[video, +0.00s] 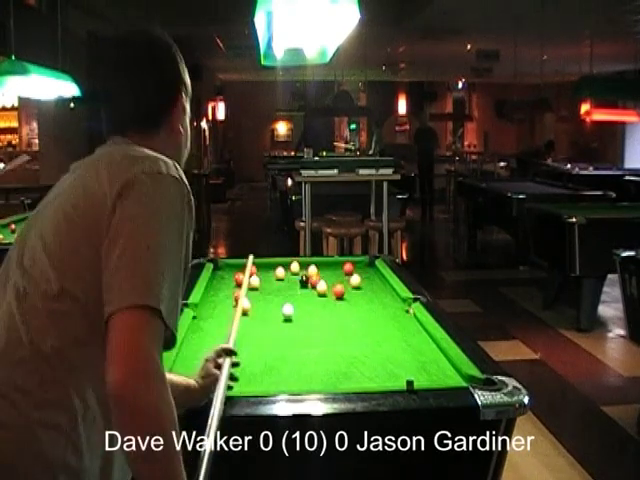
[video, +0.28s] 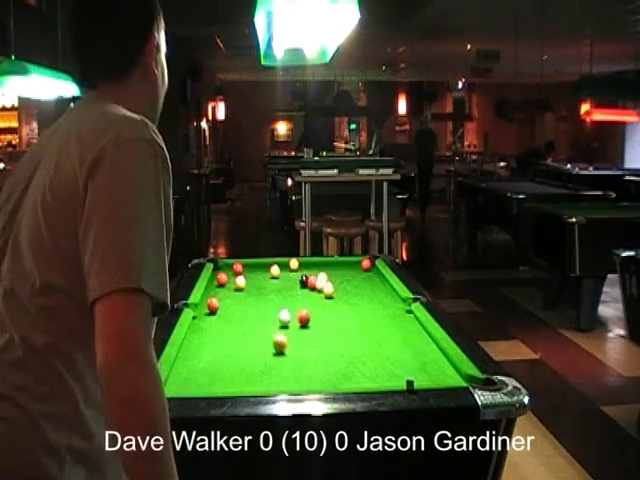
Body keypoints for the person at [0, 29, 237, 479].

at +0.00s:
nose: (193, 120)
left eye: (193, 103)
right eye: (193, 103)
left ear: (106, 106)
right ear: (180, 105)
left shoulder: (81, 180)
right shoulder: (151, 178)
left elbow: (73, 368)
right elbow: (131, 377)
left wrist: (196, 389)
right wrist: (172, 475)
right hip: (56, 464)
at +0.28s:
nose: (167, 63)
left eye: (166, 46)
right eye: (166, 45)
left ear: (79, 56)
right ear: (153, 48)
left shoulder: (46, 144)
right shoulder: (125, 139)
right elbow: (122, 355)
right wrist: (159, 469)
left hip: (20, 452)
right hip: (67, 458)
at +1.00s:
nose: (113, 28)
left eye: (113, 12)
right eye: (112, 11)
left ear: (29, 21)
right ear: (94, 12)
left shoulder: (10, 109)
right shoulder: (95, 120)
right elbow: (142, 352)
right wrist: (197, 467)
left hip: (13, 448)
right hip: (91, 455)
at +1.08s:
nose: (115, 28)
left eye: (114, 12)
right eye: (114, 11)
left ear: (30, 21)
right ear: (95, 12)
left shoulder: (11, 109)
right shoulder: (96, 119)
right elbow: (141, 352)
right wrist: (198, 467)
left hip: (14, 449)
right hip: (90, 455)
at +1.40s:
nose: (149, 33)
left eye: (148, 18)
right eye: (148, 16)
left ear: (63, 21)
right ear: (133, 14)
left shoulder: (14, 125)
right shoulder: (146, 120)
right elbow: (183, 341)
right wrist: (238, 462)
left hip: (17, 447)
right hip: (126, 451)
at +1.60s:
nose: (187, 28)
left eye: (185, 17)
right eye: (187, 15)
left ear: (106, 23)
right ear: (179, 16)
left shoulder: (41, 126)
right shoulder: (205, 125)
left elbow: (4, 309)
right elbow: (244, 316)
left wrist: (46, 404)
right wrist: (283, 448)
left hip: (60, 436)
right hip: (170, 441)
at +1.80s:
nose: (231, 27)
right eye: (232, 15)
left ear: (148, 21)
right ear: (224, 18)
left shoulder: (86, 118)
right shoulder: (254, 126)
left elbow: (34, 299)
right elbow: (302, 294)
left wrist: (73, 399)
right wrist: (340, 407)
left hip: (101, 425)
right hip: (210, 427)